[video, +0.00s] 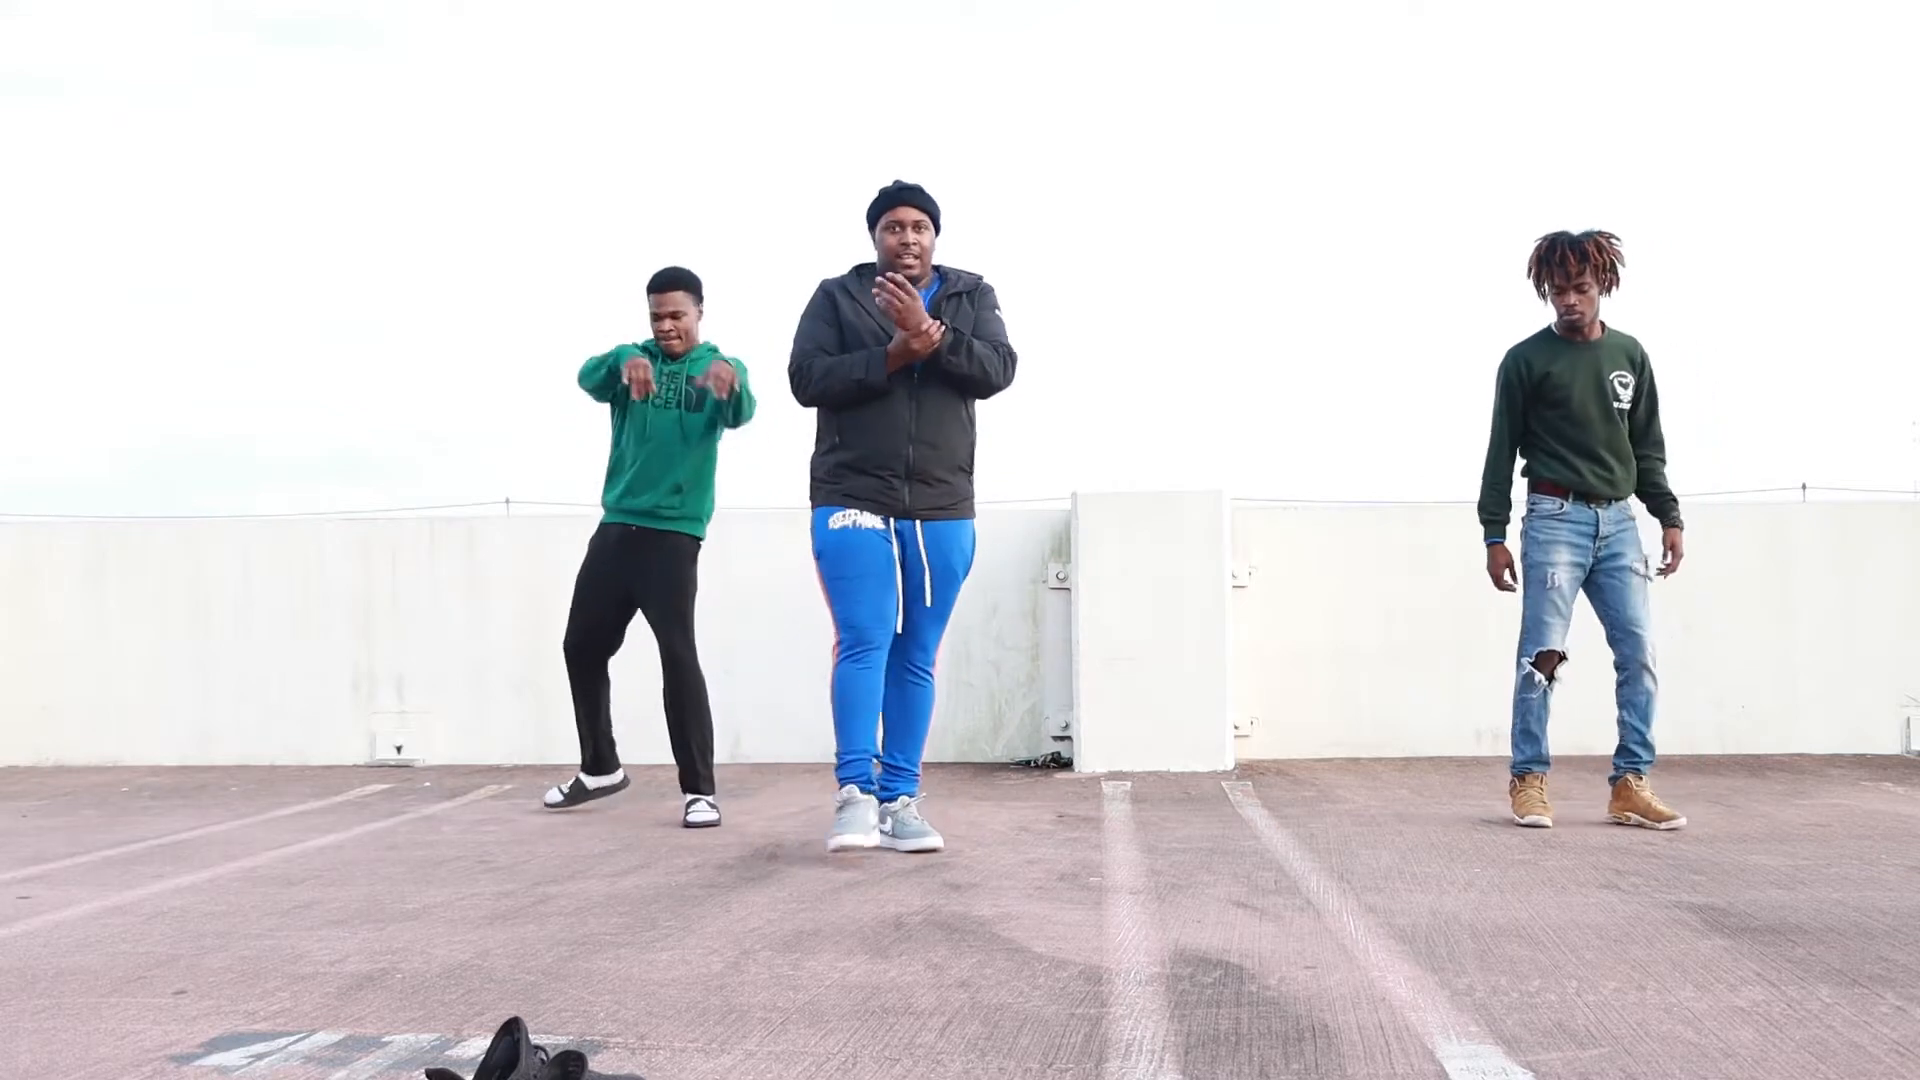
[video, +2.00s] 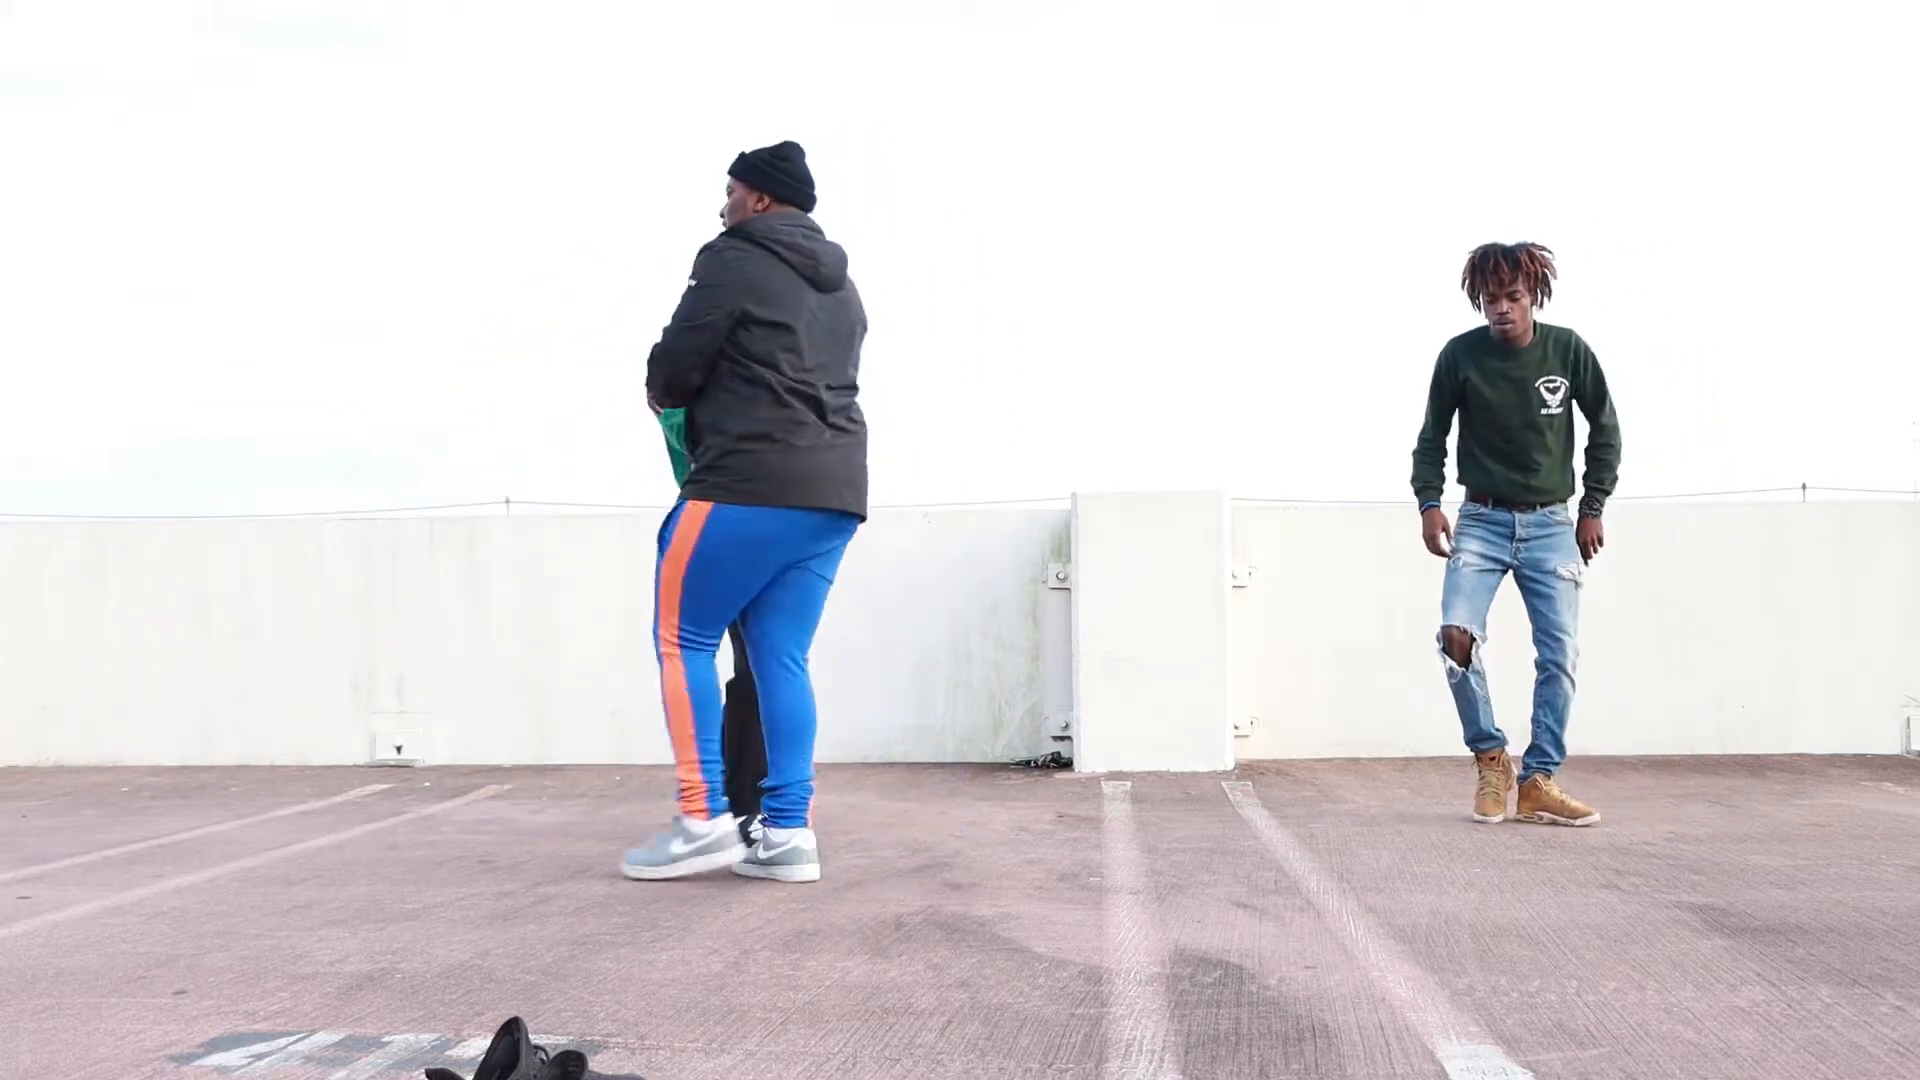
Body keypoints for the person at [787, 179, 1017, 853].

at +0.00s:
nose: (907, 238)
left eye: (918, 228)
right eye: (893, 228)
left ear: (936, 238)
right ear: (874, 239)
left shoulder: (968, 295)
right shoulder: (839, 296)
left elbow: (997, 369)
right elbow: (806, 378)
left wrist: (932, 337)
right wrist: (891, 355)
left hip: (941, 500)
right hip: (853, 495)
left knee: (917, 657)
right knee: (865, 641)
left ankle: (900, 800)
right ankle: (856, 794)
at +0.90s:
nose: (852, 195)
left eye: (866, 181)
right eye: (842, 189)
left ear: (906, 187)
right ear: (837, 206)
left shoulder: (951, 244)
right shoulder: (829, 275)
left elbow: (930, 335)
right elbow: (790, 393)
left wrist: (813, 330)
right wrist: (816, 346)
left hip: (940, 481)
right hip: (853, 496)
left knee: (924, 645)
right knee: (875, 666)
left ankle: (954, 838)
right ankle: (911, 830)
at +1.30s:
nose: (824, 191)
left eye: (834, 177)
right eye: (824, 178)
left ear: (876, 177)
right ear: (876, 180)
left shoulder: (892, 230)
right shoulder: (879, 240)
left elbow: (833, 335)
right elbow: (858, 365)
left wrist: (749, 355)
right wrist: (778, 358)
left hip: (913, 478)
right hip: (869, 483)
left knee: (900, 655)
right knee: (808, 637)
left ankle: (947, 844)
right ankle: (828, 821)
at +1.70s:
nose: (775, 208)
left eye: (784, 196)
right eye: (780, 195)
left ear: (815, 201)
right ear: (842, 205)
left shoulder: (801, 261)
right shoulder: (880, 282)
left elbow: (741, 359)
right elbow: (835, 373)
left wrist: (700, 395)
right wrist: (744, 374)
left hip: (815, 491)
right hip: (856, 489)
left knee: (813, 666)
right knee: (762, 661)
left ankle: (928, 831)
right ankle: (784, 830)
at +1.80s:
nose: (759, 208)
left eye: (767, 197)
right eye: (763, 196)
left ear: (799, 203)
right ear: (823, 207)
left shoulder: (782, 261)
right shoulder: (864, 281)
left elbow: (716, 364)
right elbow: (825, 369)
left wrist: (681, 384)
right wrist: (732, 354)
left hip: (796, 483)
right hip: (862, 493)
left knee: (742, 651)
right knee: (773, 657)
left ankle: (871, 794)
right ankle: (783, 831)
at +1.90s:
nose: (742, 207)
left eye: (750, 195)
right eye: (745, 195)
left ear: (780, 200)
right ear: (806, 205)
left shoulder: (759, 261)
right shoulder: (851, 283)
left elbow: (693, 372)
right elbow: (804, 370)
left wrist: (669, 379)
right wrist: (706, 360)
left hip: (773, 482)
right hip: (849, 493)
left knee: (698, 641)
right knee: (777, 657)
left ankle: (788, 799)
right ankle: (788, 835)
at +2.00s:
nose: (724, 205)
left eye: (730, 194)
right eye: (726, 193)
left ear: (758, 198)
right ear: (793, 203)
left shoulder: (733, 257)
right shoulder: (839, 281)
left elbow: (678, 363)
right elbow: (819, 373)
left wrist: (662, 392)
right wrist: (718, 389)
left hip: (748, 481)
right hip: (835, 488)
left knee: (682, 640)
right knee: (781, 652)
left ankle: (703, 819)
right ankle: (787, 831)